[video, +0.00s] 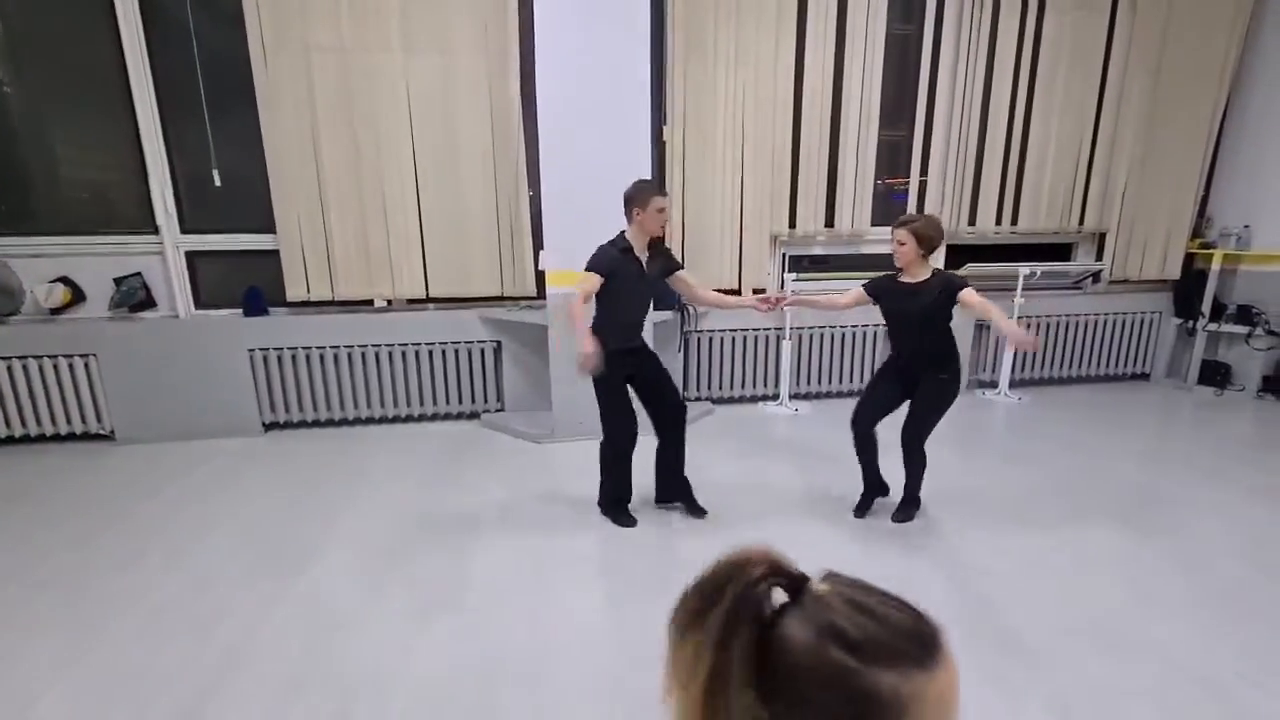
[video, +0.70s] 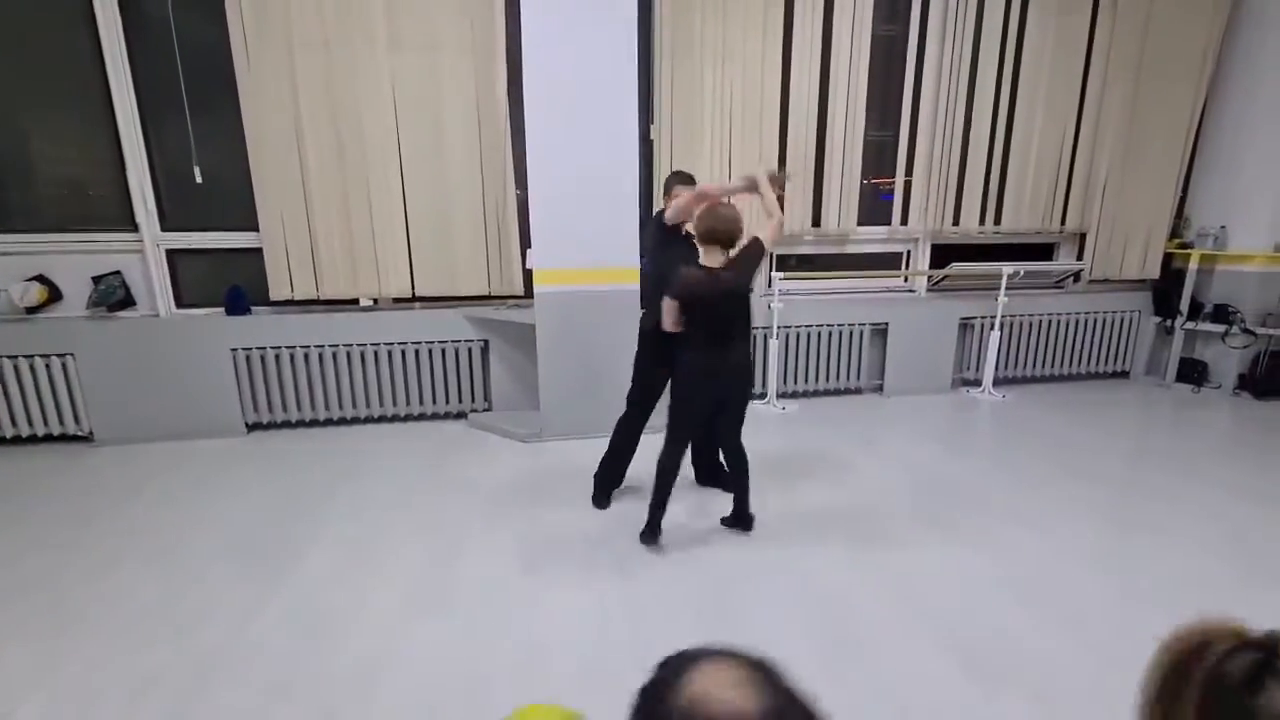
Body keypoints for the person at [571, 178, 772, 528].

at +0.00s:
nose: (666, 218)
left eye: (667, 211)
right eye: (659, 211)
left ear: (647, 214)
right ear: (636, 213)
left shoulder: (659, 255)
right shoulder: (609, 255)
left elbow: (695, 294)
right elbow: (579, 299)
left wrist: (750, 301)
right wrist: (585, 340)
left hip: (636, 350)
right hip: (605, 353)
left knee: (672, 412)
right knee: (621, 428)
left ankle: (671, 490)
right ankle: (613, 502)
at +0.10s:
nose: (666, 214)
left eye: (666, 208)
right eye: (659, 208)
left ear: (656, 211)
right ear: (636, 210)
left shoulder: (662, 254)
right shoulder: (616, 253)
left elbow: (690, 298)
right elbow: (611, 302)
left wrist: (738, 300)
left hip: (650, 348)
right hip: (617, 350)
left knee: (685, 409)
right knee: (629, 429)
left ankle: (686, 477)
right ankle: (612, 500)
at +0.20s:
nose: (674, 212)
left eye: (674, 206)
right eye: (668, 206)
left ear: (662, 209)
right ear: (646, 210)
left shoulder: (668, 249)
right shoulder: (633, 254)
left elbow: (679, 295)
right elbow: (662, 302)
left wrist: (714, 296)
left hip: (660, 347)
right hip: (632, 351)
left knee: (689, 411)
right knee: (637, 429)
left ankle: (712, 472)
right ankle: (611, 499)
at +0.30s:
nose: (689, 211)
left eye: (689, 204)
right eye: (682, 205)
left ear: (672, 208)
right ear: (662, 207)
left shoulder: (673, 245)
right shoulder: (656, 247)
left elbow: (684, 294)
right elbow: (694, 288)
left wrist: (724, 297)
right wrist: (729, 294)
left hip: (674, 344)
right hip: (648, 348)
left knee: (701, 409)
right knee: (643, 425)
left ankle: (717, 473)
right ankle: (611, 497)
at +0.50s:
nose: (705, 205)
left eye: (706, 199)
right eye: (698, 199)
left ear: (692, 202)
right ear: (678, 202)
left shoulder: (675, 235)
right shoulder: (682, 231)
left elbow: (672, 291)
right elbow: (719, 241)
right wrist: (749, 244)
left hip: (684, 338)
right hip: (662, 340)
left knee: (706, 408)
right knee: (639, 416)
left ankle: (711, 472)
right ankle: (609, 488)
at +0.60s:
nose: (700, 204)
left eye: (702, 198)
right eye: (692, 198)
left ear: (701, 199)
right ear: (674, 199)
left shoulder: (683, 234)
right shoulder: (671, 227)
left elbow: (682, 288)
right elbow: (703, 219)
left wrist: (702, 315)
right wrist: (736, 211)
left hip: (685, 336)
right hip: (662, 335)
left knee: (705, 405)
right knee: (640, 411)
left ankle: (709, 470)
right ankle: (605, 478)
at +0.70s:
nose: (693, 205)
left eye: (695, 199)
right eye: (687, 198)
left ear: (695, 200)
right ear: (670, 199)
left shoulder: (697, 233)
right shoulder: (658, 227)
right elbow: (700, 194)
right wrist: (744, 187)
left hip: (695, 332)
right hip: (659, 333)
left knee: (704, 404)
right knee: (638, 409)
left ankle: (708, 469)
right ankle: (605, 482)